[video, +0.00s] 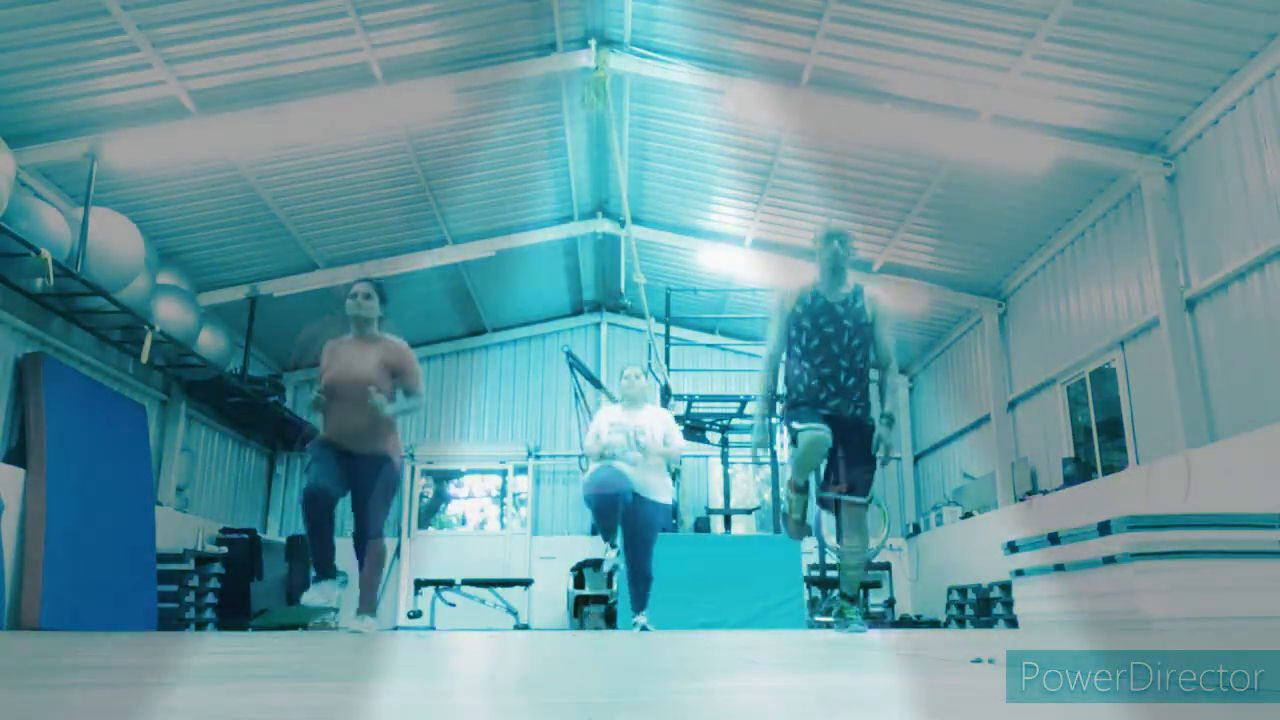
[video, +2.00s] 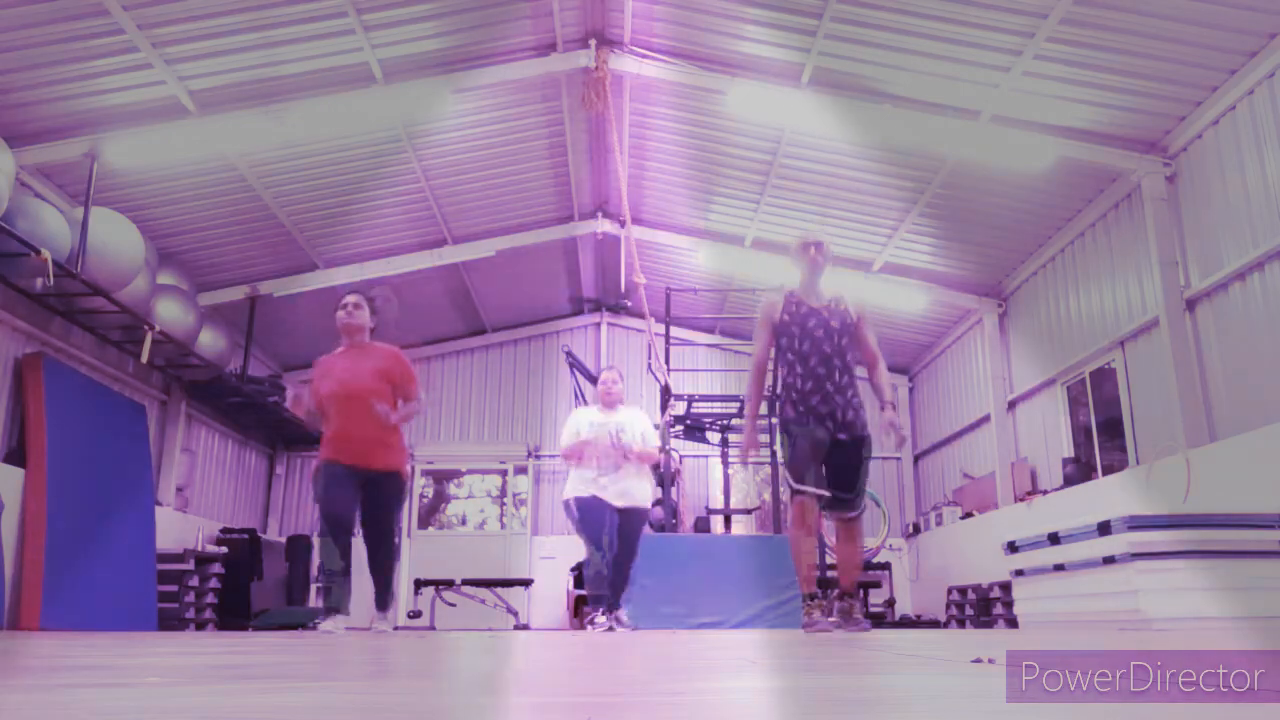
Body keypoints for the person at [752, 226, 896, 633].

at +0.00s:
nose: (836, 249)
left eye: (842, 243)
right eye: (829, 243)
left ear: (851, 253)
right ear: (817, 251)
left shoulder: (869, 302)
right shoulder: (792, 300)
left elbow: (887, 364)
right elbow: (772, 358)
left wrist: (889, 417)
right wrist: (762, 414)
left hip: (854, 411)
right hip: (805, 404)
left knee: (854, 510)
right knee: (816, 439)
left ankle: (850, 605)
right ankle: (797, 492)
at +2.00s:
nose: (814, 255)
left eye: (820, 250)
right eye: (807, 250)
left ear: (828, 260)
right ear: (795, 259)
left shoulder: (846, 309)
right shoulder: (778, 305)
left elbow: (875, 360)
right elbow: (759, 366)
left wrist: (888, 406)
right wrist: (750, 423)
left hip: (849, 420)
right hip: (802, 420)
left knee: (848, 516)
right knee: (805, 510)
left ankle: (848, 602)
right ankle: (810, 605)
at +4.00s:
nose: (875, 161)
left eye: (881, 154)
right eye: (867, 153)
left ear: (890, 163)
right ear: (851, 161)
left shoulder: (912, 219)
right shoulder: (828, 210)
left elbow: (936, 286)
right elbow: (797, 281)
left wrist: (953, 348)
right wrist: (816, 334)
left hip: (904, 338)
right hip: (846, 342)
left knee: (932, 404)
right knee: (851, 474)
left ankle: (922, 524)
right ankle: (857, 599)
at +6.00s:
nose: (1040, 135)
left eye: (1048, 127)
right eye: (1032, 125)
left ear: (1058, 133)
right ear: (1015, 129)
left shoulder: (1085, 186)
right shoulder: (984, 188)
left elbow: (1112, 265)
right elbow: (962, 261)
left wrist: (1125, 333)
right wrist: (966, 326)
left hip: (1078, 330)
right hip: (1015, 326)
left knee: (1091, 467)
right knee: (1047, 405)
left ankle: (1097, 592)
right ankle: (990, 490)